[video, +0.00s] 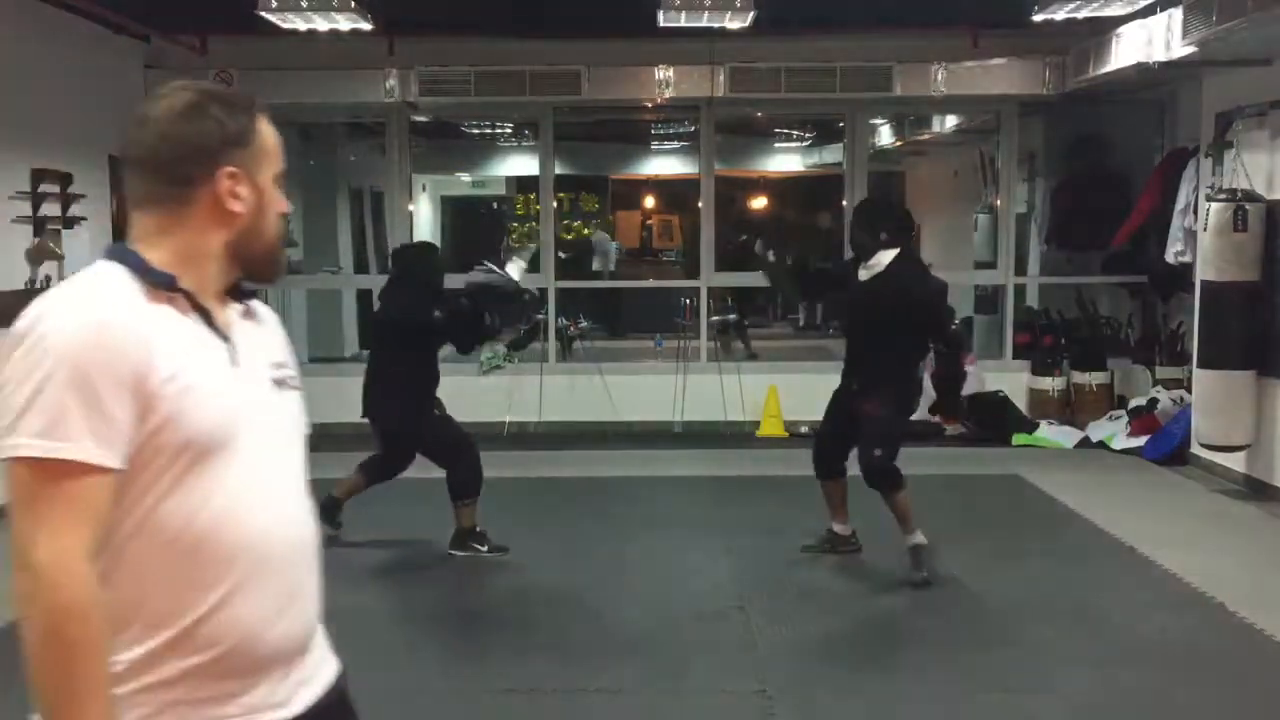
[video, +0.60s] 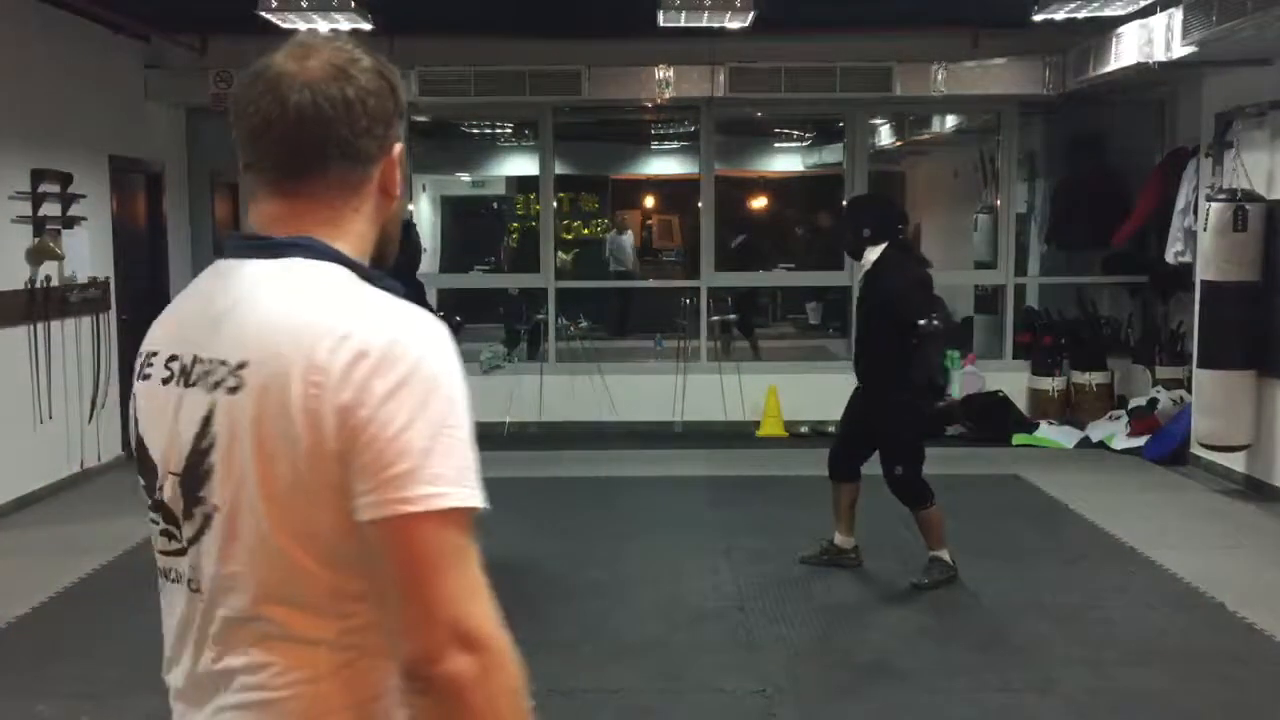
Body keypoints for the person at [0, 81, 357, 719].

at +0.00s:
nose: (288, 204)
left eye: (284, 183)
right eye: (279, 183)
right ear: (232, 191)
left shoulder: (260, 323)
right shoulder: (81, 327)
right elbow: (50, 566)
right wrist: (85, 712)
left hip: (310, 687)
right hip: (169, 707)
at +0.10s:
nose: (322, 199)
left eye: (320, 179)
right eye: (316, 177)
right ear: (277, 181)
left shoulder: (289, 318)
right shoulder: (128, 314)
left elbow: (340, 509)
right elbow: (107, 560)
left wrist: (399, 675)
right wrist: (145, 712)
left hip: (348, 691)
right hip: (206, 705)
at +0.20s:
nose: (348, 186)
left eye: (346, 164)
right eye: (344, 163)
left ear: (217, 163)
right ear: (313, 168)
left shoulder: (307, 309)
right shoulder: (173, 302)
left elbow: (365, 502)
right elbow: (155, 559)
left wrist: (471, 647)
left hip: (366, 697)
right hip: (248, 705)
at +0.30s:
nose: (365, 180)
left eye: (365, 159)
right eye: (364, 158)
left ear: (230, 161)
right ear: (340, 165)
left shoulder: (302, 303)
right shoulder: (220, 306)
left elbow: (368, 505)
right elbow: (215, 584)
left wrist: (510, 605)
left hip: (367, 698)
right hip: (292, 701)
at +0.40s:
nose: (377, 190)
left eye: (377, 169)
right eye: (377, 169)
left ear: (233, 172)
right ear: (358, 176)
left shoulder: (223, 302)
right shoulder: (274, 323)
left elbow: (351, 524)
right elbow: (298, 622)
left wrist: (504, 594)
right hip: (346, 704)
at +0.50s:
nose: (396, 199)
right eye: (396, 177)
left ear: (242, 174)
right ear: (375, 182)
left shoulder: (193, 320)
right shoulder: (338, 341)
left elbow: (282, 553)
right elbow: (385, 649)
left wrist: (473, 635)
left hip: (218, 699)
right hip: (323, 707)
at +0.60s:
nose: (411, 193)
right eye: (409, 170)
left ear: (246, 165)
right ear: (392, 171)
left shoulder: (172, 329)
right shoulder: (388, 341)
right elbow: (452, 652)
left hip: (198, 695)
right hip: (336, 701)